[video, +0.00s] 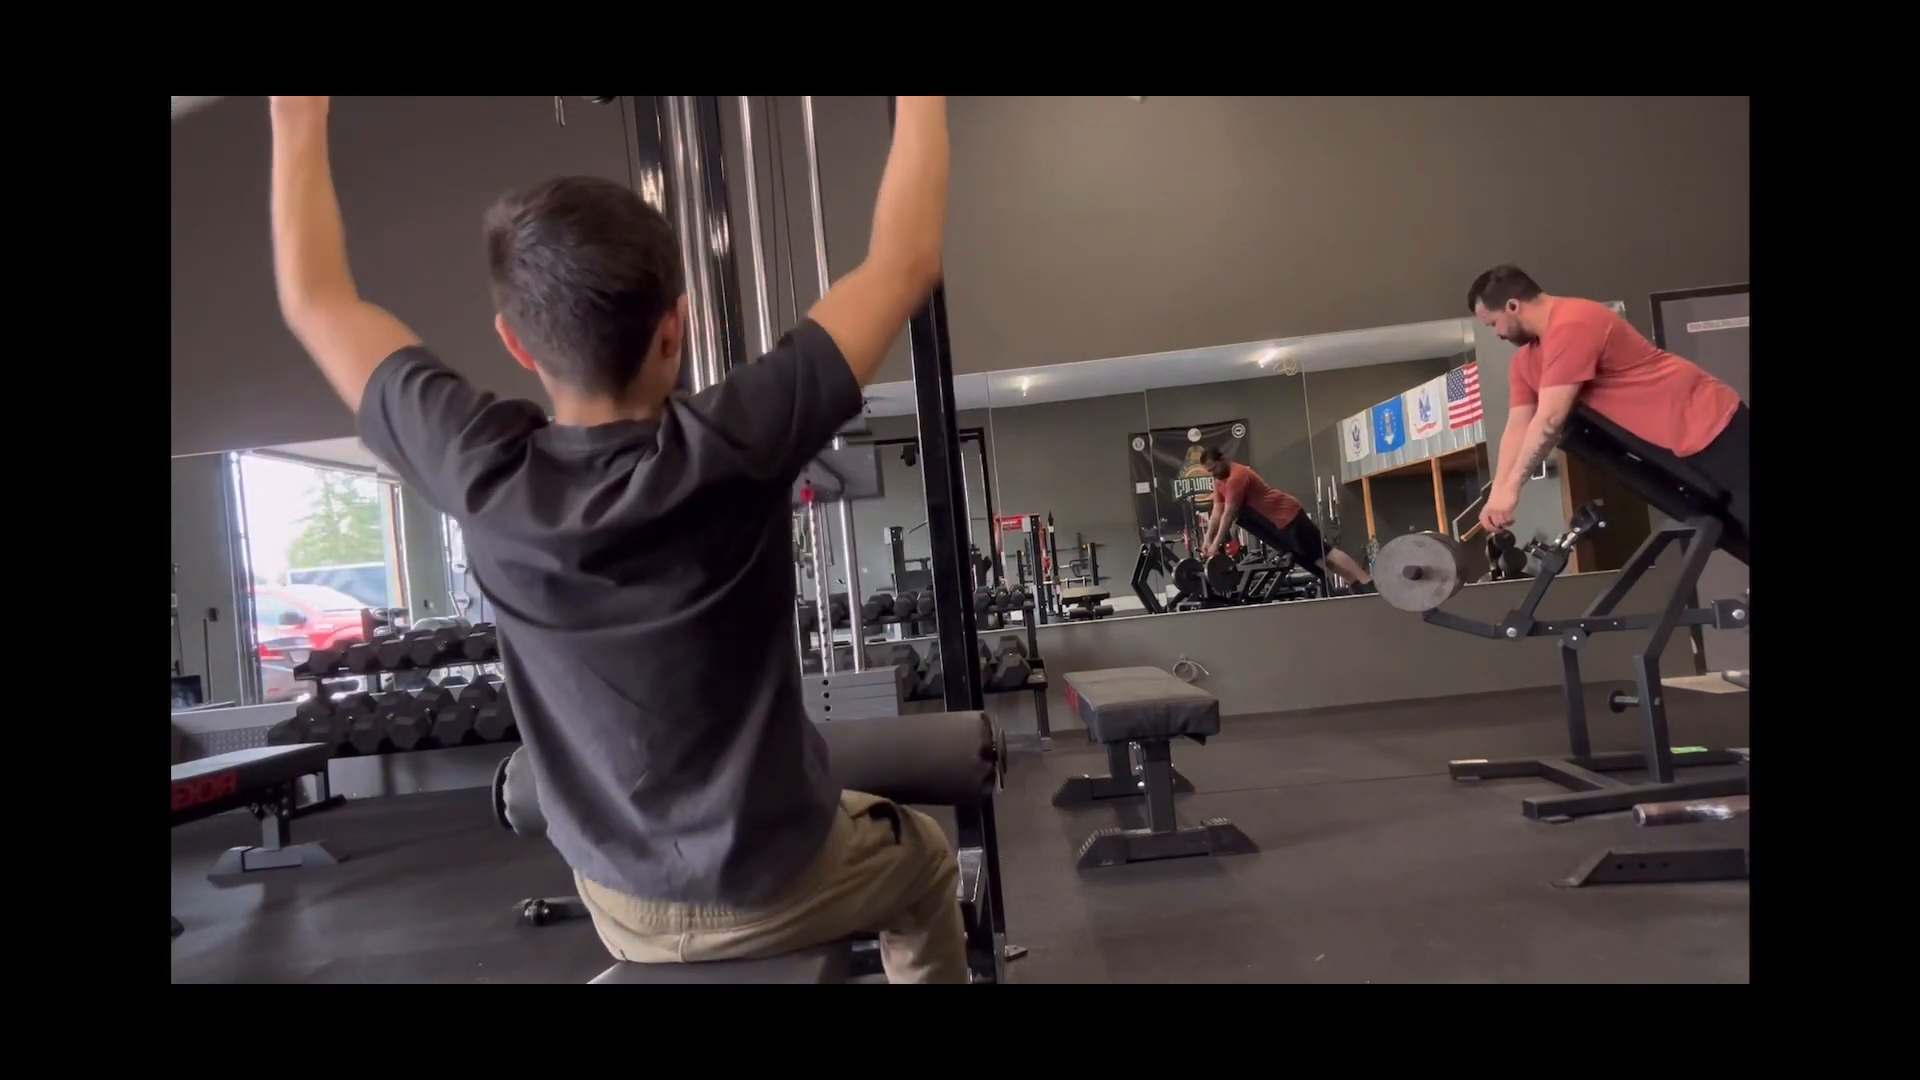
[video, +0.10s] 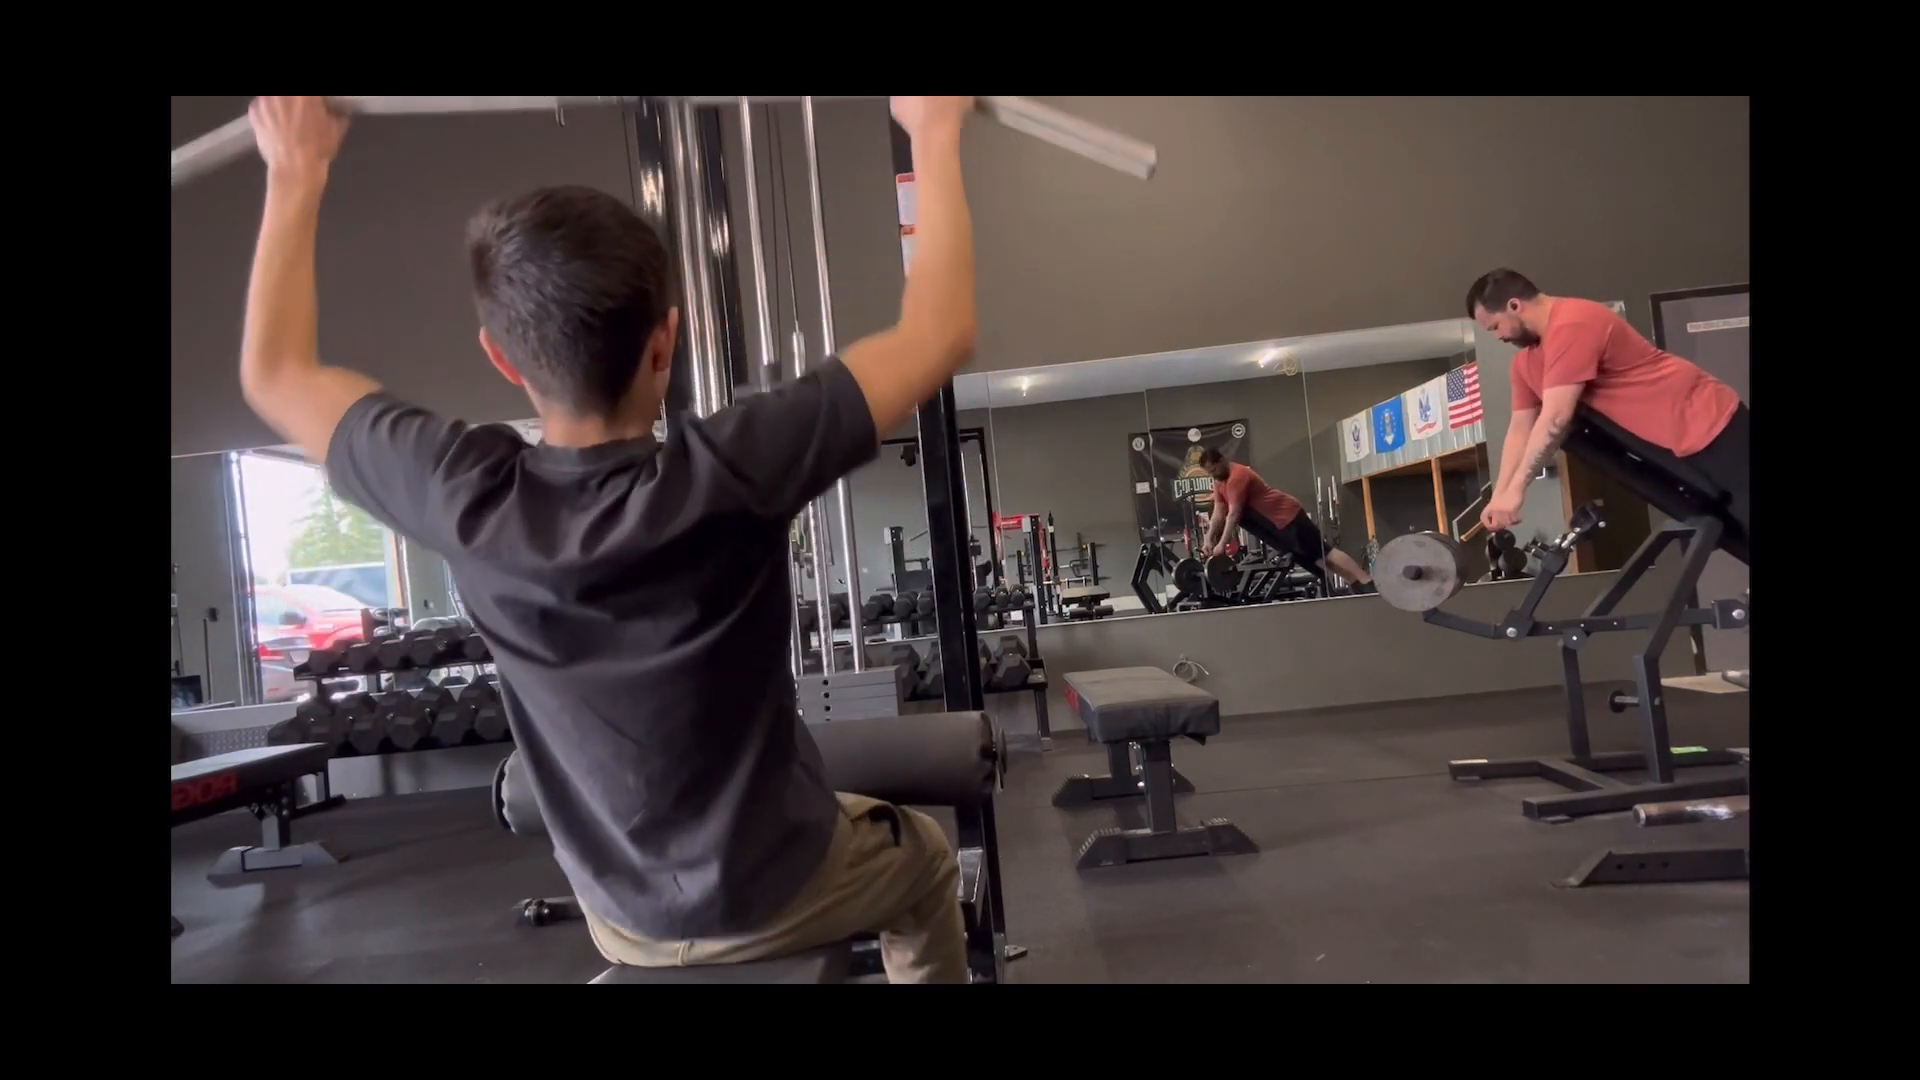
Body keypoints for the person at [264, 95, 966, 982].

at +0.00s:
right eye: (681, 302)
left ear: (513, 342)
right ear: (676, 326)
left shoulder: (485, 464)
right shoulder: (737, 442)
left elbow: (314, 298)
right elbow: (903, 267)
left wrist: (296, 116)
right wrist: (921, 91)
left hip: (617, 909)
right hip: (773, 898)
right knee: (922, 859)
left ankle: (634, 975)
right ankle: (926, 976)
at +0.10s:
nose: (675, 332)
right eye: (674, 314)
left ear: (499, 358)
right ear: (664, 342)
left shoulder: (468, 491)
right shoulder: (737, 464)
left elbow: (272, 370)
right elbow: (939, 335)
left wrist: (295, 169)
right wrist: (938, 135)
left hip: (618, 919)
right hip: (772, 893)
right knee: (922, 858)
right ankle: (929, 980)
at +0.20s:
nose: (670, 331)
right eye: (671, 316)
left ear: (493, 366)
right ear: (661, 344)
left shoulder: (459, 516)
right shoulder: (738, 482)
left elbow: (245, 463)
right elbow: (968, 426)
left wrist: (295, 269)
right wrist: (950, 234)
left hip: (615, 915)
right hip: (774, 889)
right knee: (921, 865)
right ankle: (930, 976)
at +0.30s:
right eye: (671, 315)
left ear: (496, 366)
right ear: (667, 340)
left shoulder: (455, 532)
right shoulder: (746, 498)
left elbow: (235, 562)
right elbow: (980, 521)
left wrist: (301, 365)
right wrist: (961, 327)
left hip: (613, 914)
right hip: (775, 899)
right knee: (922, 862)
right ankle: (926, 983)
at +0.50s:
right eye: (683, 314)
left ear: (511, 362)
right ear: (680, 337)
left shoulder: (477, 540)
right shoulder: (754, 502)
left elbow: (272, 709)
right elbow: (950, 660)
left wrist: (311, 496)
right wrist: (968, 466)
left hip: (614, 908)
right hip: (784, 895)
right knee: (922, 864)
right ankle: (927, 977)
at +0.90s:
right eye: (683, 315)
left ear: (507, 367)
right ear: (678, 343)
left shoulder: (466, 523)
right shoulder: (752, 493)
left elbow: (271, 610)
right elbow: (978, 549)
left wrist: (322, 419)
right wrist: (966, 363)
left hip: (613, 911)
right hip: (781, 898)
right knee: (922, 859)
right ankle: (932, 981)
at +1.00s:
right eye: (679, 321)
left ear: (504, 368)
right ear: (672, 346)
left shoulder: (467, 515)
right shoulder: (743, 485)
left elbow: (288, 525)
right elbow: (971, 466)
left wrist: (323, 338)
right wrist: (957, 281)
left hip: (612, 911)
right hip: (775, 895)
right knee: (926, 864)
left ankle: (615, 970)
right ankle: (932, 978)